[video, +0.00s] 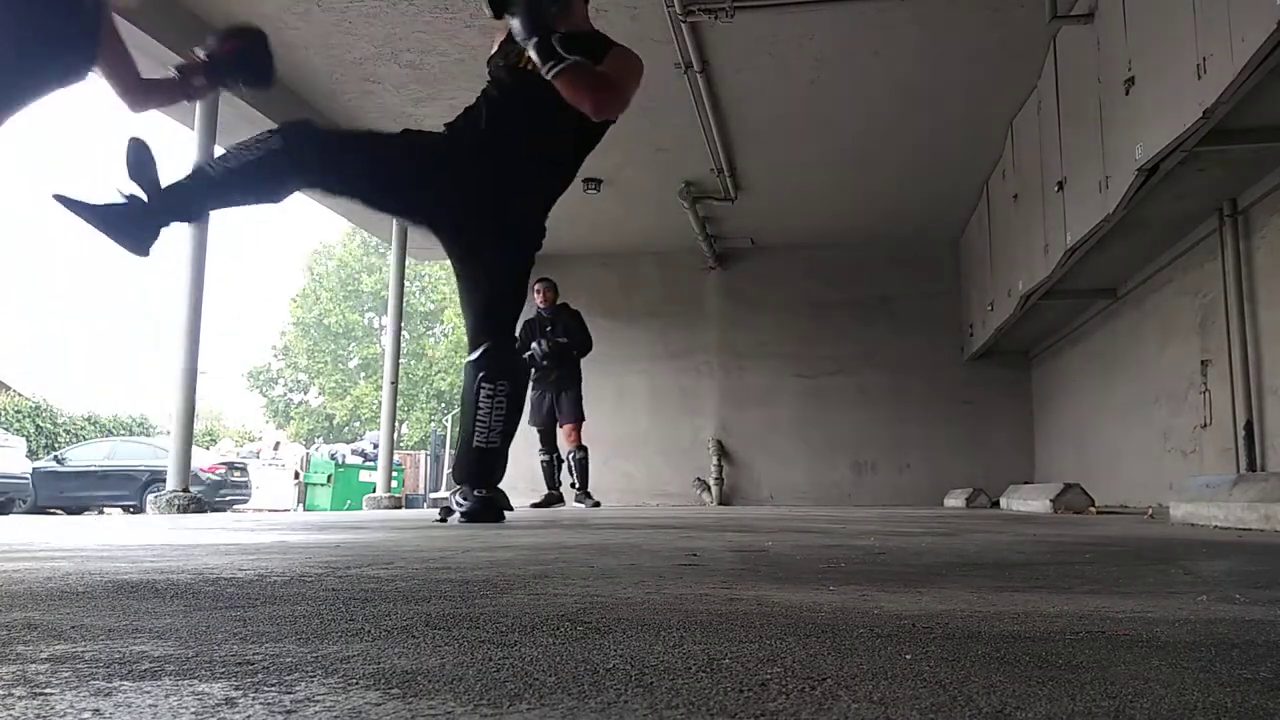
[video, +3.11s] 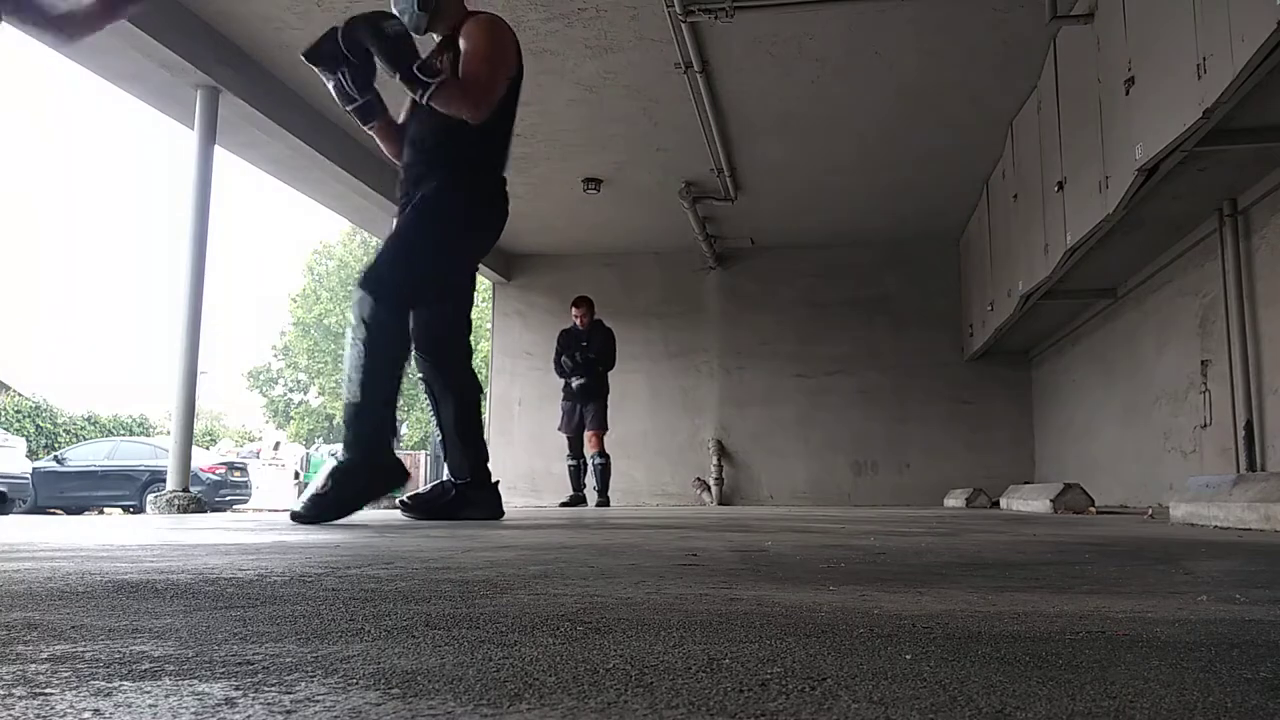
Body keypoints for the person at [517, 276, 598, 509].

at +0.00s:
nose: (542, 295)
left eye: (547, 291)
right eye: (538, 292)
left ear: (555, 293)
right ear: (533, 296)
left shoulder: (570, 316)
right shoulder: (529, 325)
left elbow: (585, 345)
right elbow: (518, 358)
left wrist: (559, 345)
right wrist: (534, 354)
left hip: (568, 385)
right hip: (541, 387)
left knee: (572, 434)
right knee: (546, 438)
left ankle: (582, 492)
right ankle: (553, 491)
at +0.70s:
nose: (573, 298)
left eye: (578, 294)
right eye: (569, 294)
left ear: (586, 298)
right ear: (564, 299)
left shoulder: (596, 322)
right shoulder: (555, 325)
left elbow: (594, 352)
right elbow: (544, 354)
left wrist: (574, 365)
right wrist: (551, 358)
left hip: (587, 388)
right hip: (560, 388)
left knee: (586, 436)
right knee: (556, 437)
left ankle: (592, 491)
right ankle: (554, 491)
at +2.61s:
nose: (564, 313)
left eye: (568, 309)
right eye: (560, 310)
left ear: (577, 312)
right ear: (556, 314)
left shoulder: (590, 333)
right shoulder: (551, 339)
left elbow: (604, 359)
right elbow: (548, 369)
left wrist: (578, 363)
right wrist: (553, 383)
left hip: (586, 396)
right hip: (562, 399)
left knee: (587, 439)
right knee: (569, 444)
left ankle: (594, 492)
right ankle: (576, 492)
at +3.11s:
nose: (579, 321)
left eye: (583, 316)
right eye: (575, 316)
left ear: (592, 314)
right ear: (571, 316)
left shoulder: (604, 333)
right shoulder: (566, 335)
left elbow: (608, 363)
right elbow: (558, 365)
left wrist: (584, 365)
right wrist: (570, 374)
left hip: (595, 396)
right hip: (571, 396)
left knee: (594, 439)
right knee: (573, 442)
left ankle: (602, 494)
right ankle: (577, 493)